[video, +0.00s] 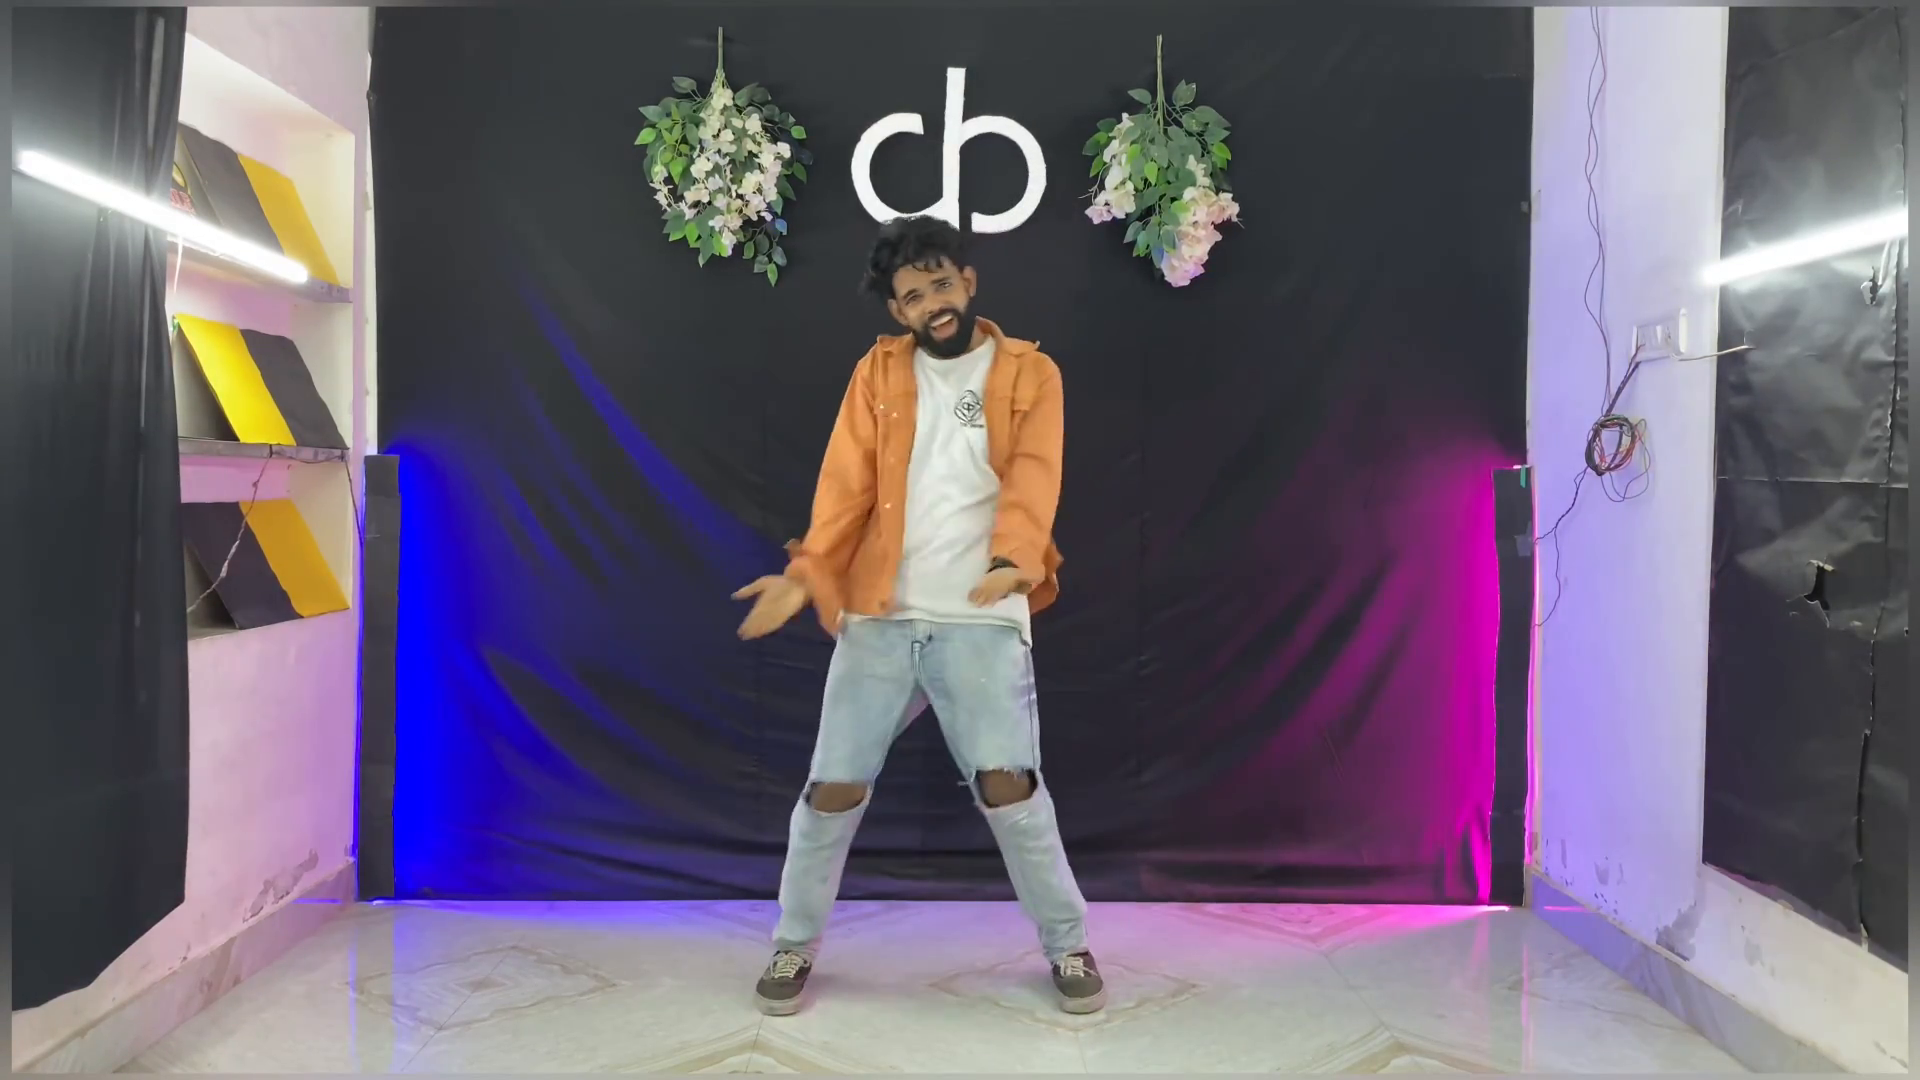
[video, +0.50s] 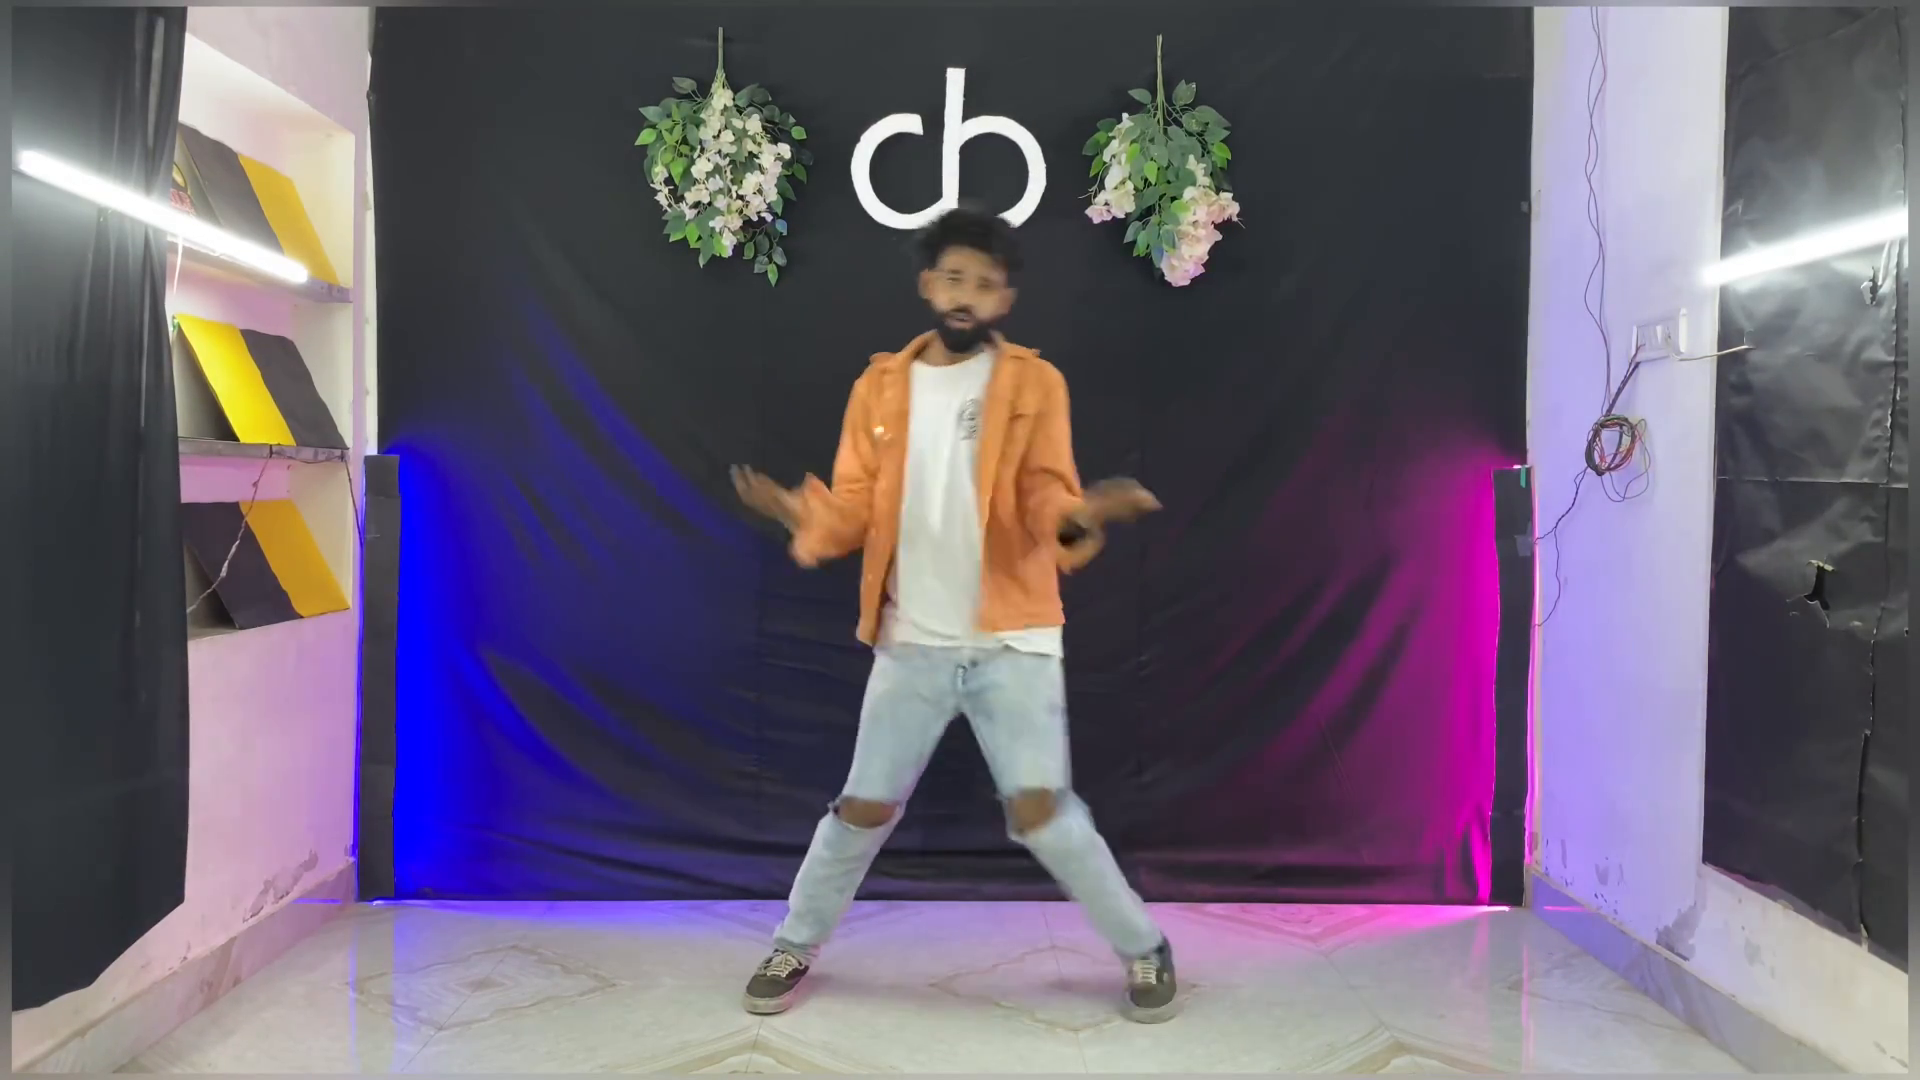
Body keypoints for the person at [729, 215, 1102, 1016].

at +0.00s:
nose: (931, 303)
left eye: (940, 283)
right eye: (911, 294)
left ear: (969, 278)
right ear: (893, 308)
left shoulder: (1028, 370)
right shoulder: (877, 374)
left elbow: (1034, 469)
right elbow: (845, 482)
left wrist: (1017, 554)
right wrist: (804, 572)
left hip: (981, 615)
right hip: (876, 612)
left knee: (1007, 783)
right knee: (833, 787)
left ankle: (1068, 945)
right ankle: (793, 942)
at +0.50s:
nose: (964, 295)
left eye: (983, 283)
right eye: (951, 278)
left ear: (1009, 297)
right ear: (925, 283)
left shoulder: (1036, 384)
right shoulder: (881, 383)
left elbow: (1044, 501)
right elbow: (851, 501)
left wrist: (1083, 511)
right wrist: (800, 511)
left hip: (1014, 638)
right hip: (910, 638)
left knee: (1039, 810)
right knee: (863, 806)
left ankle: (1143, 949)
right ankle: (792, 945)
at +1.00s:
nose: (1054, 268)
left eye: (1071, 253)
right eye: (1036, 253)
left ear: (1093, 267)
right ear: (1010, 263)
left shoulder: (1123, 366)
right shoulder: (965, 358)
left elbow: (1128, 492)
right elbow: (964, 476)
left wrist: (1076, 576)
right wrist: (1040, 536)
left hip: (1083, 602)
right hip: (981, 600)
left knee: (1100, 783)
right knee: (978, 767)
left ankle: (1142, 951)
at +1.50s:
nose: (964, 312)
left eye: (983, 299)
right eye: (951, 297)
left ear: (1016, 312)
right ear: (932, 308)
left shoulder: (1057, 405)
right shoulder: (907, 405)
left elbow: (1099, 527)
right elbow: (863, 535)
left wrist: (1127, 642)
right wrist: (821, 650)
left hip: (1006, 675)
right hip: (898, 665)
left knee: (1020, 843)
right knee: (800, 807)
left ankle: (1113, 961)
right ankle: (692, 959)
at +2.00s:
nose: (1188, 316)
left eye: (1205, 302)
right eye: (1174, 296)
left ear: (1227, 313)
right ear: (1148, 301)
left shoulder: (1239, 376)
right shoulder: (1097, 406)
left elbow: (1291, 260)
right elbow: (1081, 535)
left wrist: (1220, 217)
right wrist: (1102, 648)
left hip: (1230, 610)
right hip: (1143, 624)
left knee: (1208, 776)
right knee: (1214, 789)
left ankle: (1132, 942)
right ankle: (1331, 899)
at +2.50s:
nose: (1041, 250)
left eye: (1059, 233)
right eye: (1032, 235)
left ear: (1109, 233)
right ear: (1027, 236)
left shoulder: (1173, 330)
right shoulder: (1013, 313)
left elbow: (1199, 454)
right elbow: (942, 389)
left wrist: (1202, 550)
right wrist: (914, 345)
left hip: (1121, 581)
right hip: (1022, 560)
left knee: (1125, 758)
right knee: (953, 697)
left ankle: (1123, 948)